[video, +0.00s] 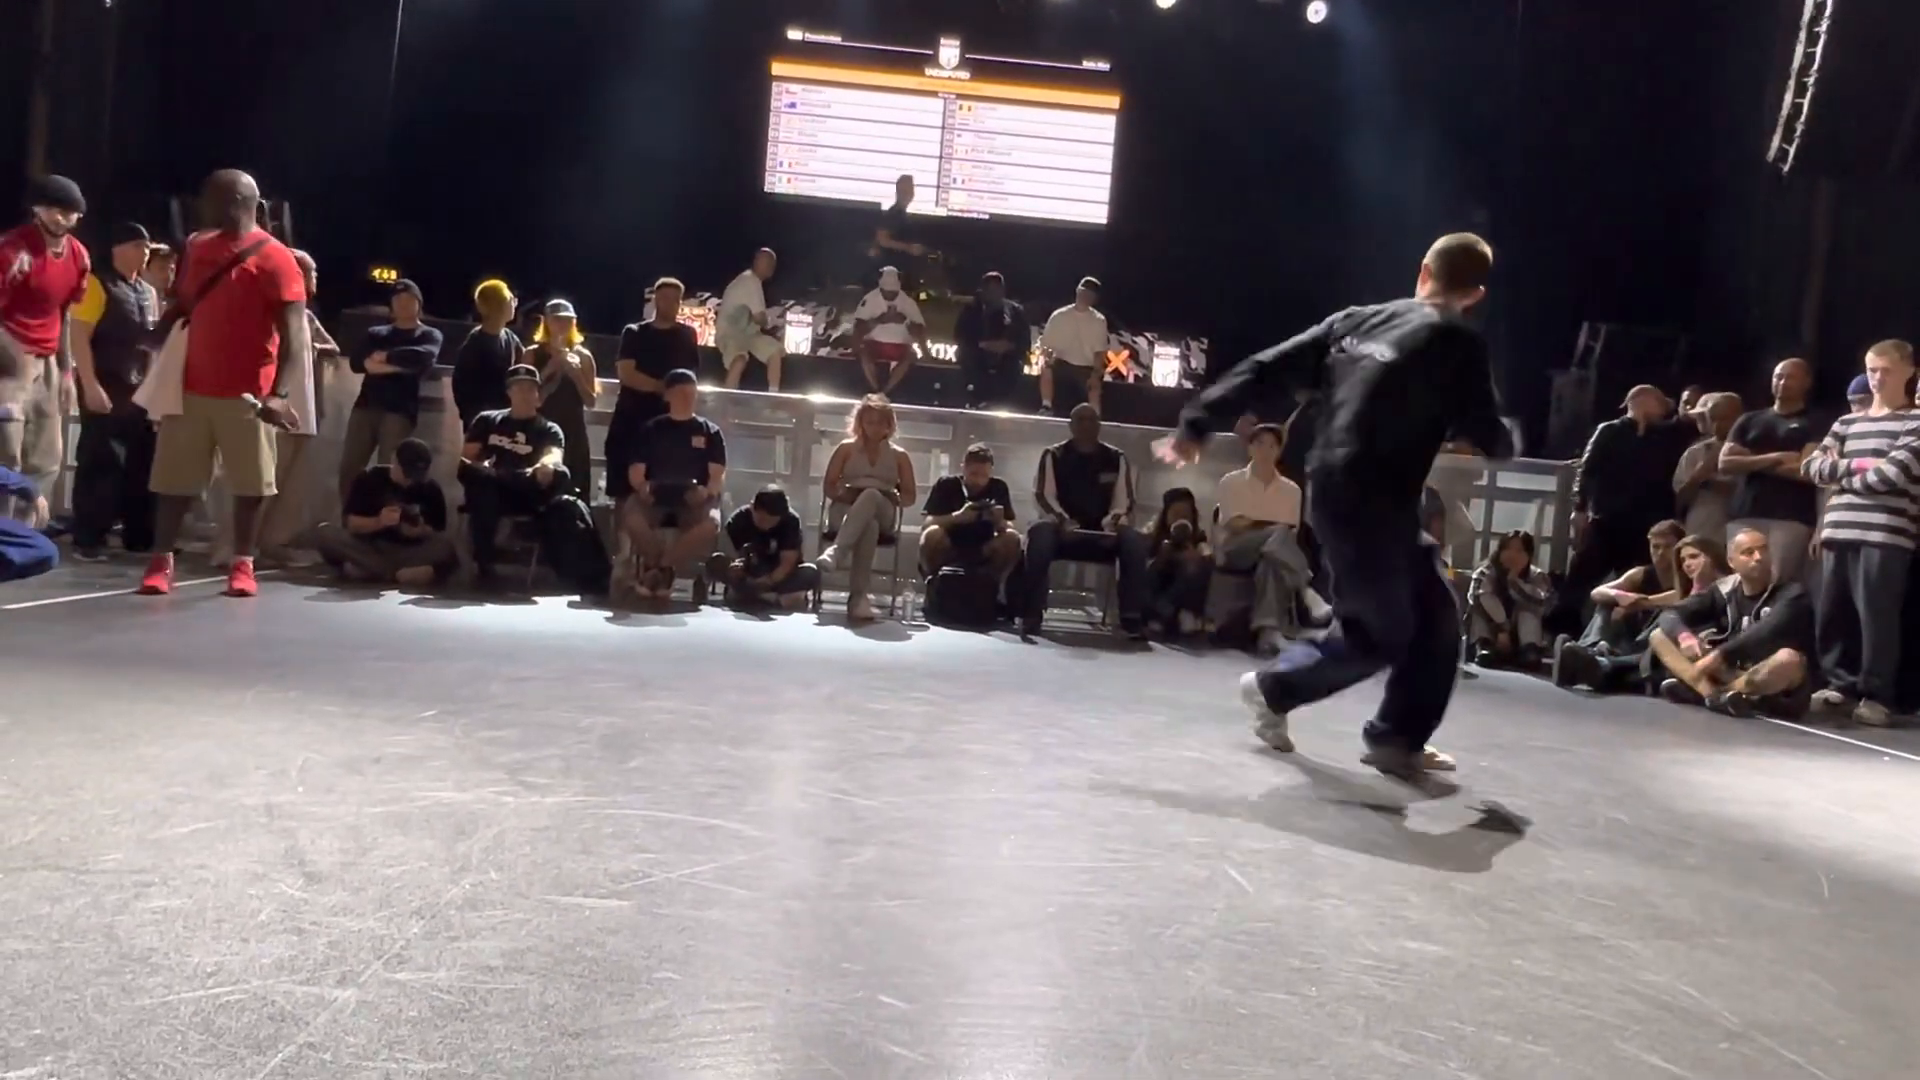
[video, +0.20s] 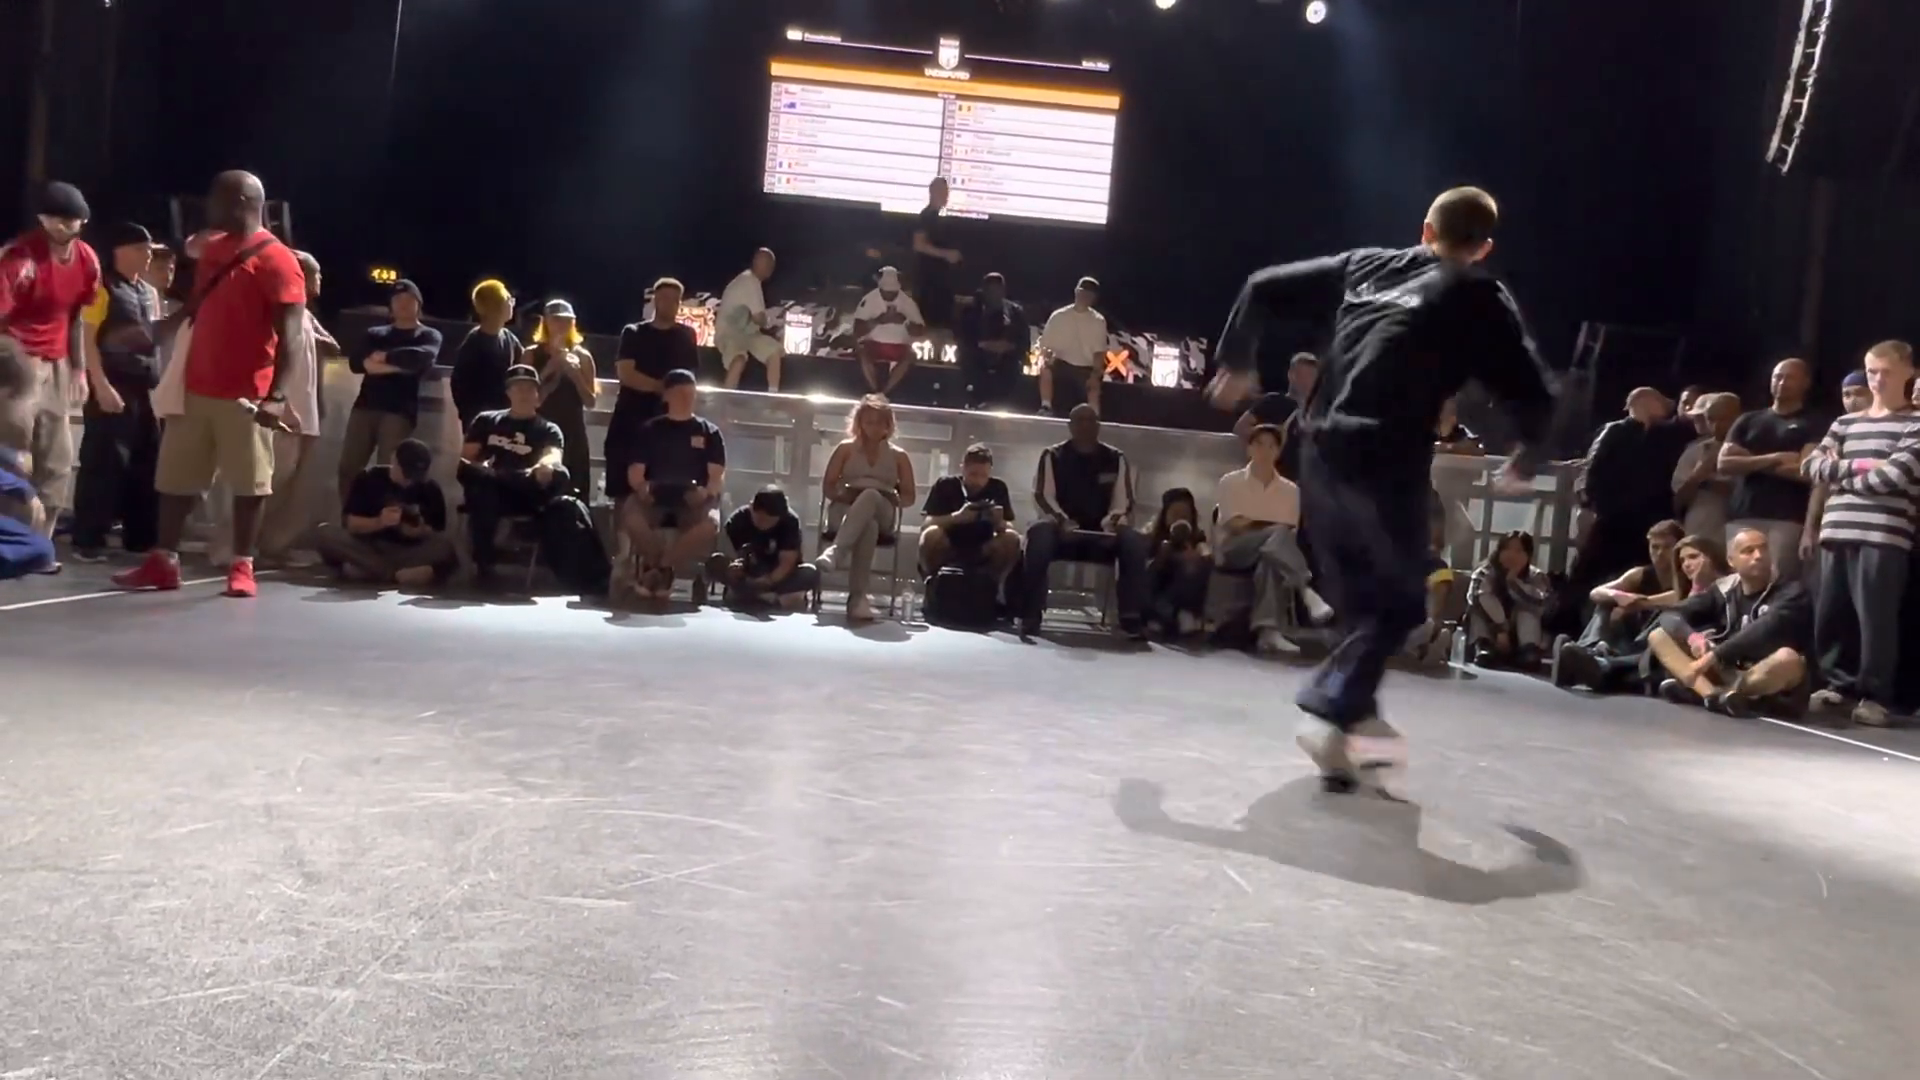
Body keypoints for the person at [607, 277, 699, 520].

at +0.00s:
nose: (670, 304)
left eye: (675, 299)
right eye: (665, 298)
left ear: (680, 303)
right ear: (654, 300)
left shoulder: (687, 334)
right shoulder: (634, 332)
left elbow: (689, 380)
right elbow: (626, 374)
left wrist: (640, 378)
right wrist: (665, 387)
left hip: (669, 423)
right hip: (631, 420)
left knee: (665, 492)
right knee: (624, 493)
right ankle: (621, 553)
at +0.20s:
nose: (670, 304)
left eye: (674, 300)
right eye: (664, 298)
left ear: (679, 303)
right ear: (654, 301)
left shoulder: (686, 335)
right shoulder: (633, 332)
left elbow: (688, 381)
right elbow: (625, 374)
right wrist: (663, 388)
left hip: (668, 422)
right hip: (630, 419)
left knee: (665, 490)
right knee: (622, 491)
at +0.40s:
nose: (670, 304)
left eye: (675, 299)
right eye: (665, 298)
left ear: (680, 303)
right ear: (655, 300)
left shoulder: (687, 335)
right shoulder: (633, 332)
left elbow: (688, 381)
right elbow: (625, 375)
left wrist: (639, 377)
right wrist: (664, 387)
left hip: (669, 422)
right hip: (631, 419)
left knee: (665, 491)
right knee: (624, 492)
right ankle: (621, 546)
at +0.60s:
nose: (668, 304)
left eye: (673, 299)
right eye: (663, 298)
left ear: (681, 303)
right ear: (654, 300)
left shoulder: (686, 335)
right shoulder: (633, 332)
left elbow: (689, 380)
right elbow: (626, 375)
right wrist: (663, 389)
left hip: (668, 423)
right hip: (630, 422)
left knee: (663, 489)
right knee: (623, 490)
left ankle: (655, 559)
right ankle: (619, 554)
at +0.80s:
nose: (670, 305)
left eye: (674, 300)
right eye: (664, 299)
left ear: (679, 304)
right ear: (654, 301)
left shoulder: (686, 335)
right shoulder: (633, 332)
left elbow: (689, 380)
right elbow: (624, 375)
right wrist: (663, 388)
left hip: (668, 422)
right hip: (631, 419)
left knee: (665, 489)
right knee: (622, 491)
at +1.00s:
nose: (668, 304)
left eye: (673, 300)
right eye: (663, 299)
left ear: (678, 303)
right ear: (654, 301)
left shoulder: (686, 335)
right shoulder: (633, 332)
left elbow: (688, 380)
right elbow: (624, 376)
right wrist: (663, 388)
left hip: (667, 422)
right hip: (630, 419)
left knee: (665, 489)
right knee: (622, 490)